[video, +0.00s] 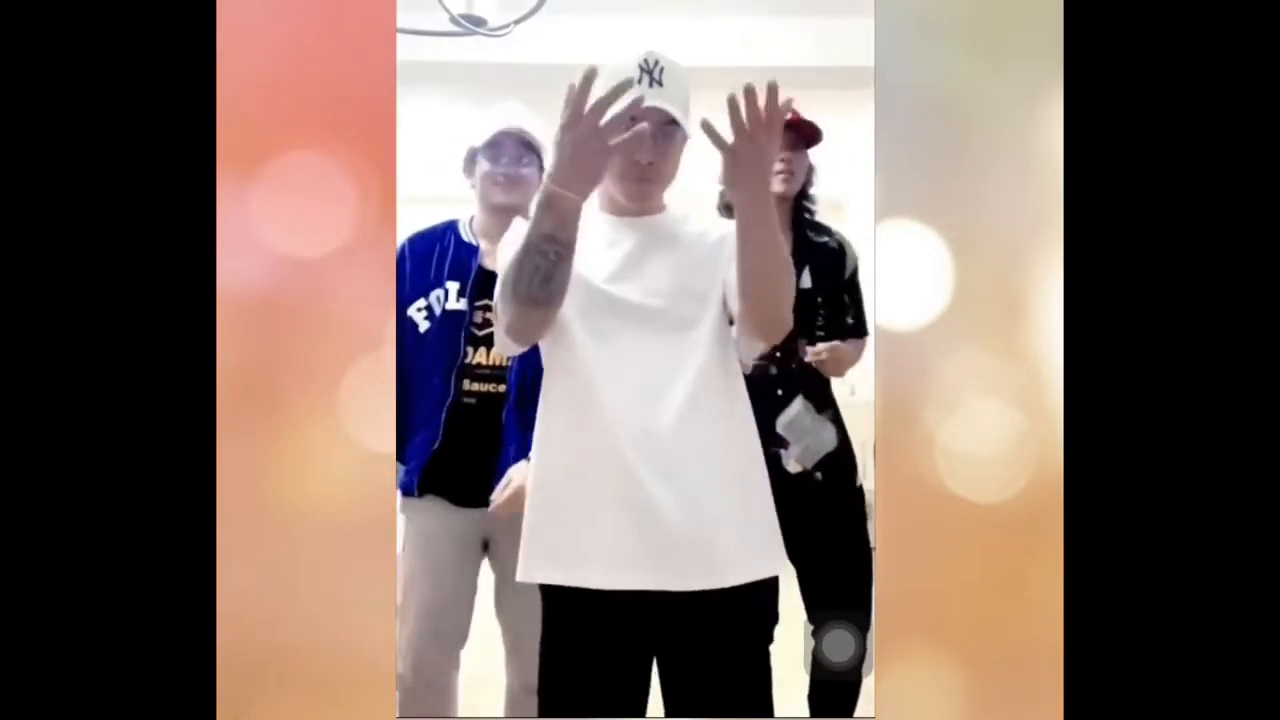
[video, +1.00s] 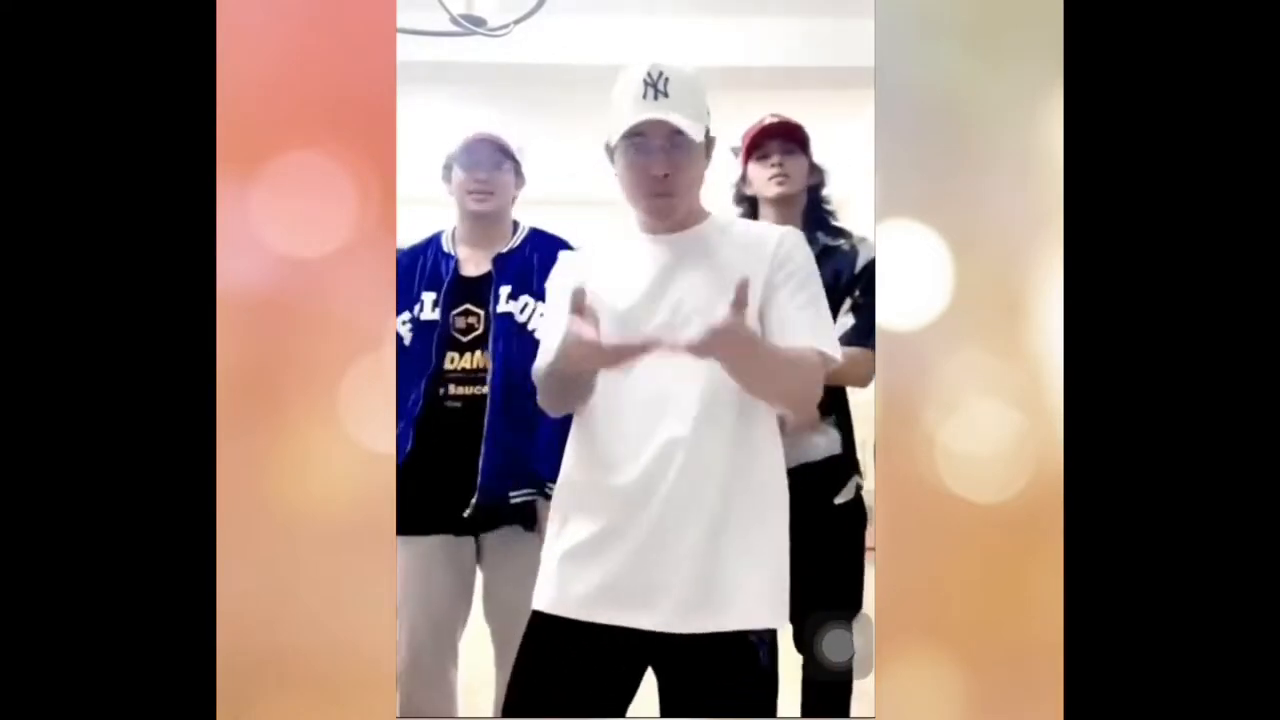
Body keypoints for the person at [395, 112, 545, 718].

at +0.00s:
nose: (510, 167)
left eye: (525, 158)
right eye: (497, 155)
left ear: (542, 180)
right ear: (471, 169)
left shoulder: (558, 265)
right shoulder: (421, 254)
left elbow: (580, 377)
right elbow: (378, 360)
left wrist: (542, 462)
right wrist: (389, 467)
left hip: (529, 487)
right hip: (438, 486)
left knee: (532, 670)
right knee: (423, 669)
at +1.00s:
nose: (483, 176)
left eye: (497, 166)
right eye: (470, 165)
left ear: (518, 184)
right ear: (449, 181)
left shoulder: (557, 264)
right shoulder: (406, 266)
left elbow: (578, 380)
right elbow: (373, 371)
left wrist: (562, 488)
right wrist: (380, 472)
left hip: (521, 493)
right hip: (427, 492)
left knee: (523, 661)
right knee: (422, 659)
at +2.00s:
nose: (509, 192)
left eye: (522, 178)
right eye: (494, 178)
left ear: (533, 186)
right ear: (459, 182)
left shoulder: (547, 268)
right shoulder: (404, 261)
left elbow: (573, 388)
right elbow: (371, 386)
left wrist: (564, 495)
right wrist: (378, 519)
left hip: (528, 497)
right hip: (435, 498)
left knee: (523, 668)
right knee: (430, 668)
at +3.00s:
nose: (511, 160)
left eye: (527, 153)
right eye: (498, 150)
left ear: (545, 179)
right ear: (473, 168)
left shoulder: (559, 260)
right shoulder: (420, 254)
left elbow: (581, 380)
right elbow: (386, 376)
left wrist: (574, 488)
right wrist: (388, 491)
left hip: (538, 498)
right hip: (447, 498)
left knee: (541, 670)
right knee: (439, 673)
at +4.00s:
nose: (490, 167)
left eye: (504, 158)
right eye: (475, 158)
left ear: (525, 181)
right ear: (451, 178)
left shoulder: (555, 261)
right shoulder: (402, 260)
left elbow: (580, 372)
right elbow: (348, 347)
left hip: (521, 504)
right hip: (424, 505)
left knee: (518, 661)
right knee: (425, 667)